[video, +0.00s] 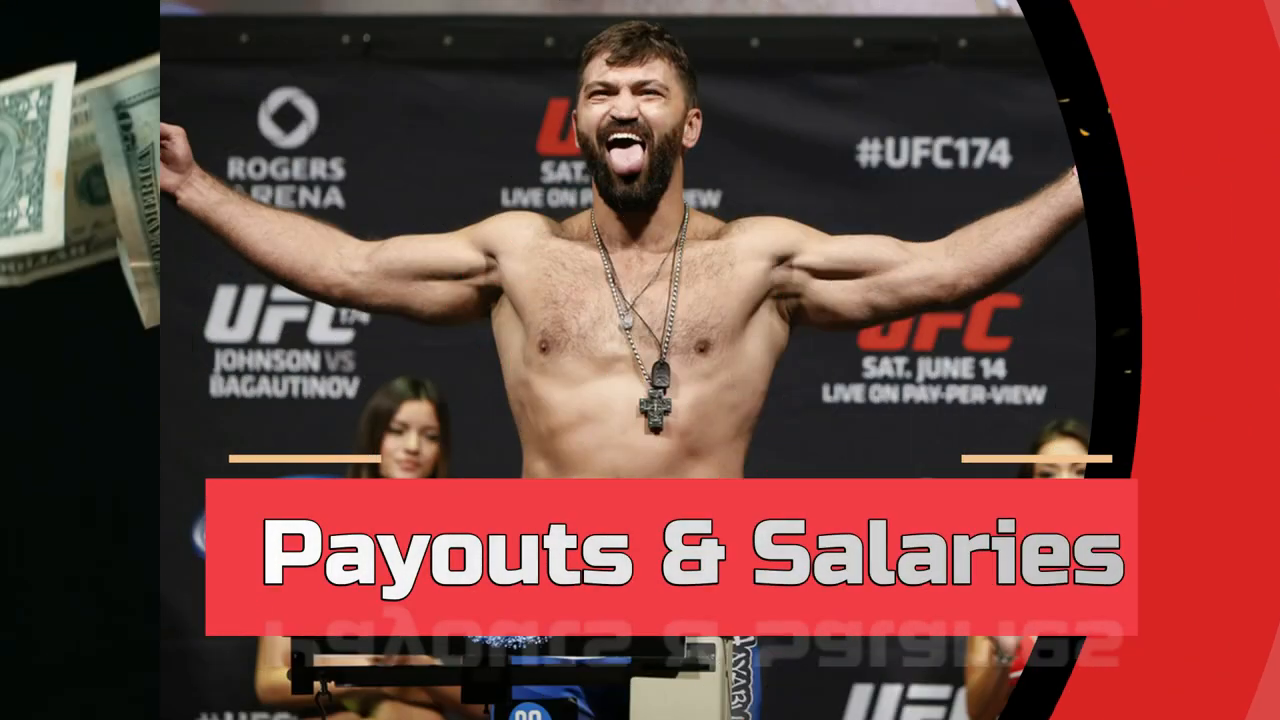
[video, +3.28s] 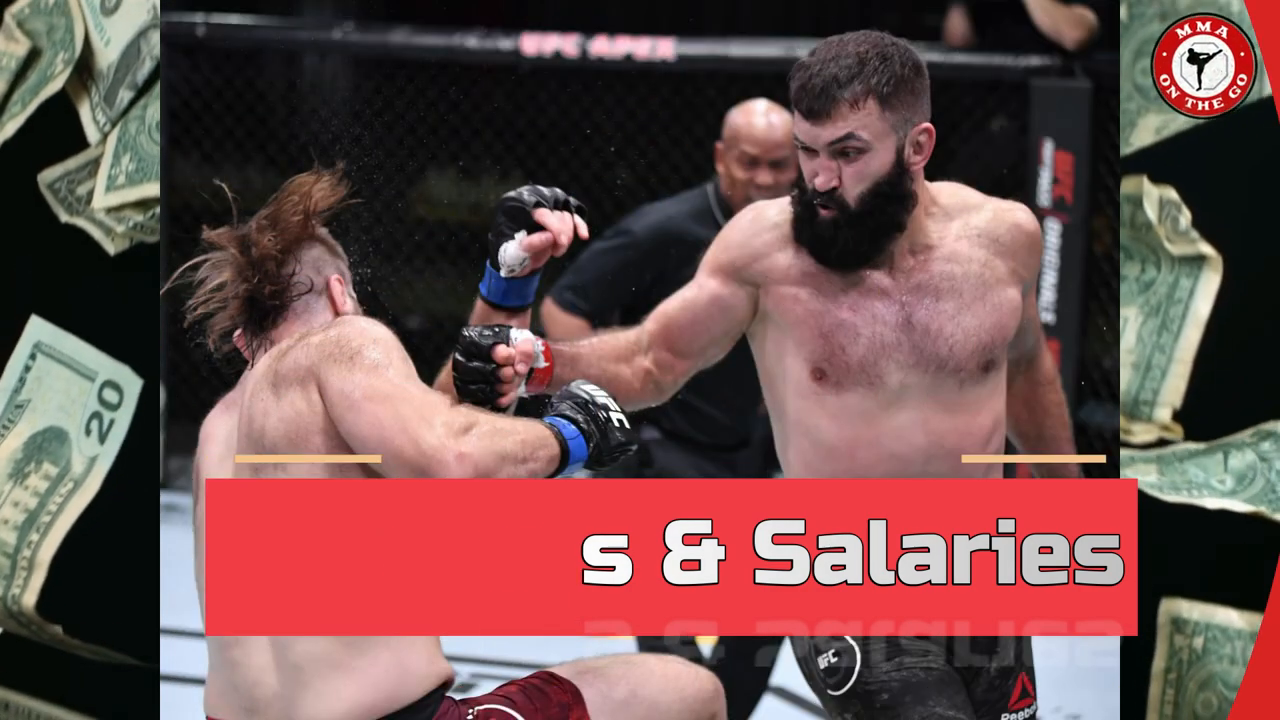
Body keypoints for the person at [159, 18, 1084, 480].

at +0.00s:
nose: (624, 106)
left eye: (648, 90)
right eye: (604, 91)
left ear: (689, 124)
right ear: (573, 126)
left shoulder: (766, 253)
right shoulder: (511, 249)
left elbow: (946, 268)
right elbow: (346, 267)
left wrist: (1089, 181)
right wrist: (196, 190)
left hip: (709, 582)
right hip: (547, 580)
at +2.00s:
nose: (624, 107)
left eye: (648, 92)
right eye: (605, 92)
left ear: (691, 126)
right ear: (574, 123)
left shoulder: (763, 254)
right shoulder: (511, 247)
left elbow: (941, 269)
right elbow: (346, 266)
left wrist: (1083, 184)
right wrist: (197, 194)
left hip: (700, 599)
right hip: (541, 594)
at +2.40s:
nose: (619, 106)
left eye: (646, 91)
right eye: (600, 90)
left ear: (692, 128)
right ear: (571, 123)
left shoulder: (763, 255)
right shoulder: (515, 241)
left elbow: (944, 268)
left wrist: (1086, 180)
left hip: (684, 601)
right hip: (520, 593)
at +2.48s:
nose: (620, 108)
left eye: (647, 91)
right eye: (599, 95)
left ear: (689, 125)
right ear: (571, 132)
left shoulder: (763, 254)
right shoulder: (527, 244)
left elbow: (945, 269)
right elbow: (460, 411)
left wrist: (1090, 178)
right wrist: (481, 372)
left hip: (695, 594)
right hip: (535, 591)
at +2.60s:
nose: (616, 108)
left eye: (634, 92)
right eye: (595, 98)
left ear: (676, 115)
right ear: (580, 140)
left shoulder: (753, 244)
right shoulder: (633, 264)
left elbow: (938, 270)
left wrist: (1086, 180)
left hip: (696, 532)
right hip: (610, 525)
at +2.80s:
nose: (765, 180)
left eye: (779, 165)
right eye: (749, 164)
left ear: (797, 163)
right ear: (720, 157)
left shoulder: (806, 233)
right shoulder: (663, 230)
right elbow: (561, 310)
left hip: (765, 451)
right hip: (674, 449)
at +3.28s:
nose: (766, 181)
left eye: (781, 165)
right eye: (750, 164)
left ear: (800, 162)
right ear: (720, 158)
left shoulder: (803, 238)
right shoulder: (661, 232)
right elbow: (560, 310)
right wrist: (619, 406)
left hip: (768, 463)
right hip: (670, 462)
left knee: (757, 643)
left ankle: (729, 713)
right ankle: (675, 709)